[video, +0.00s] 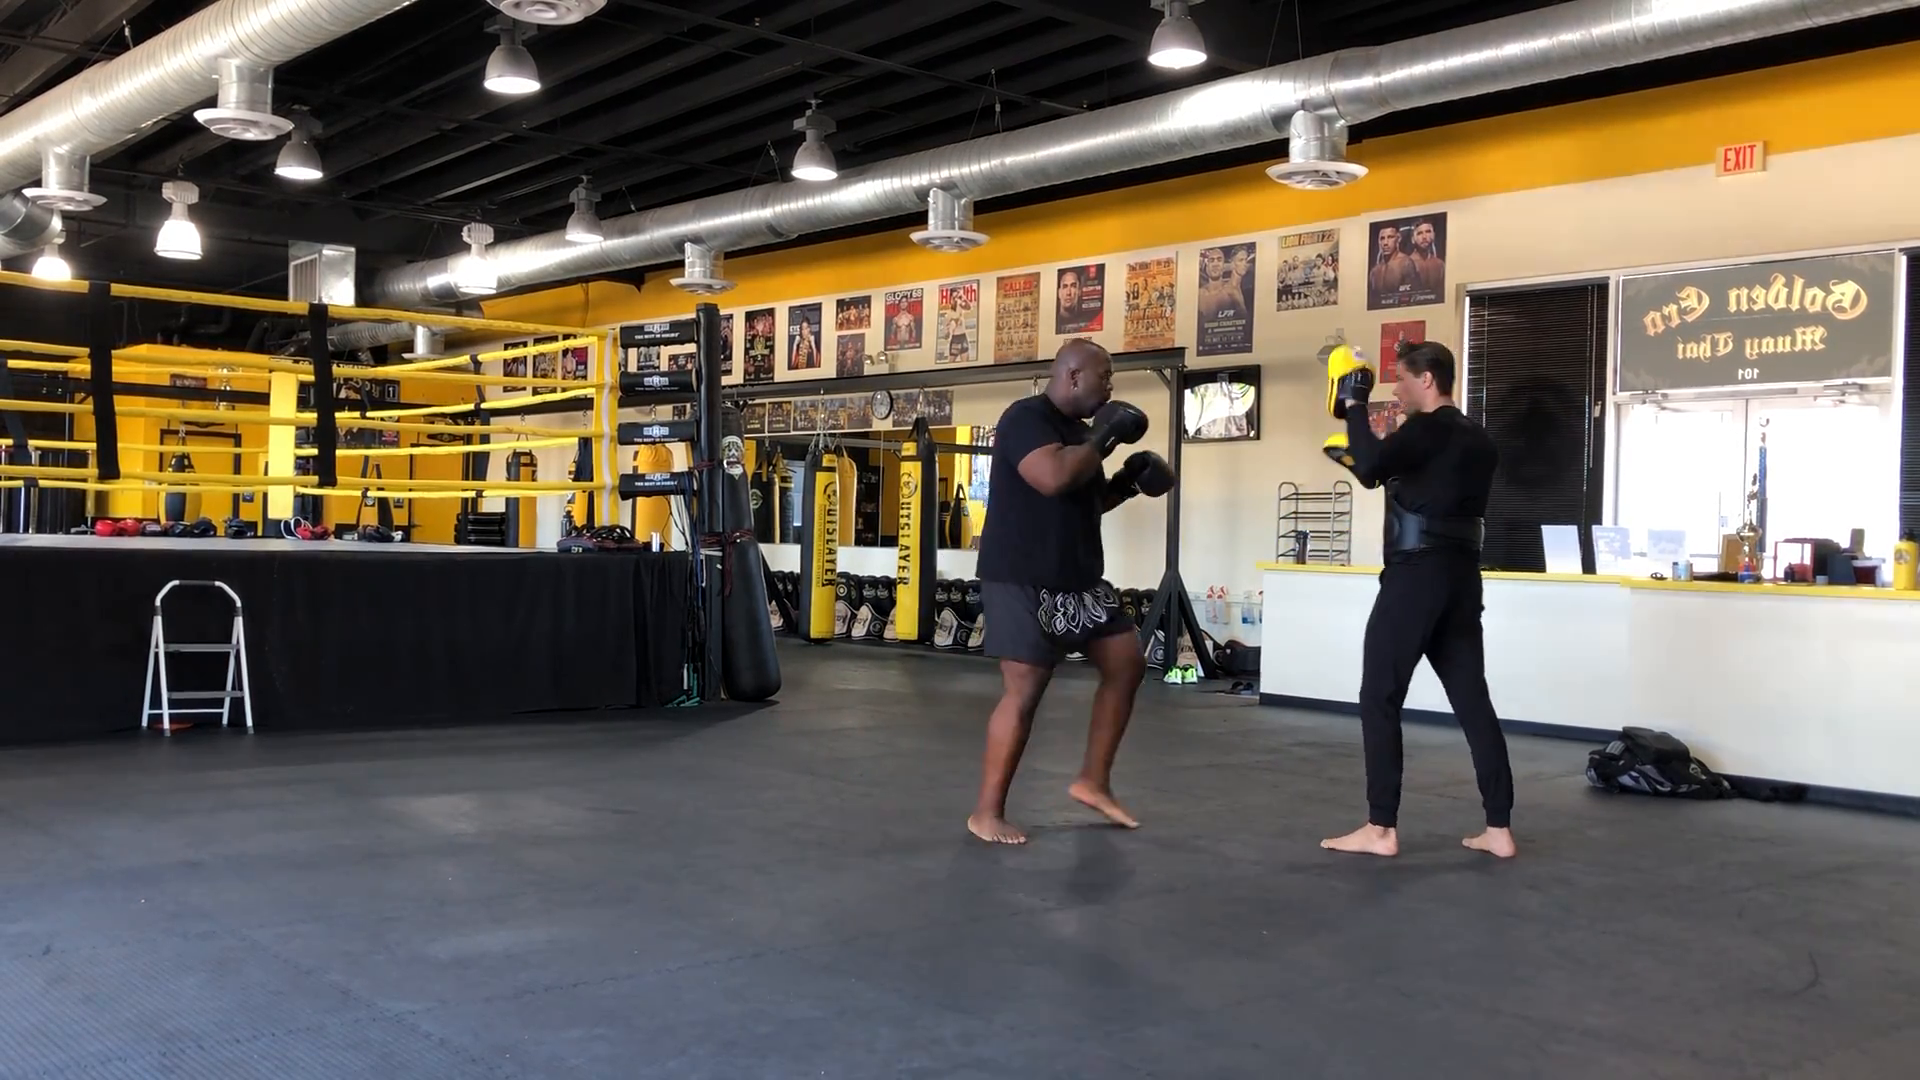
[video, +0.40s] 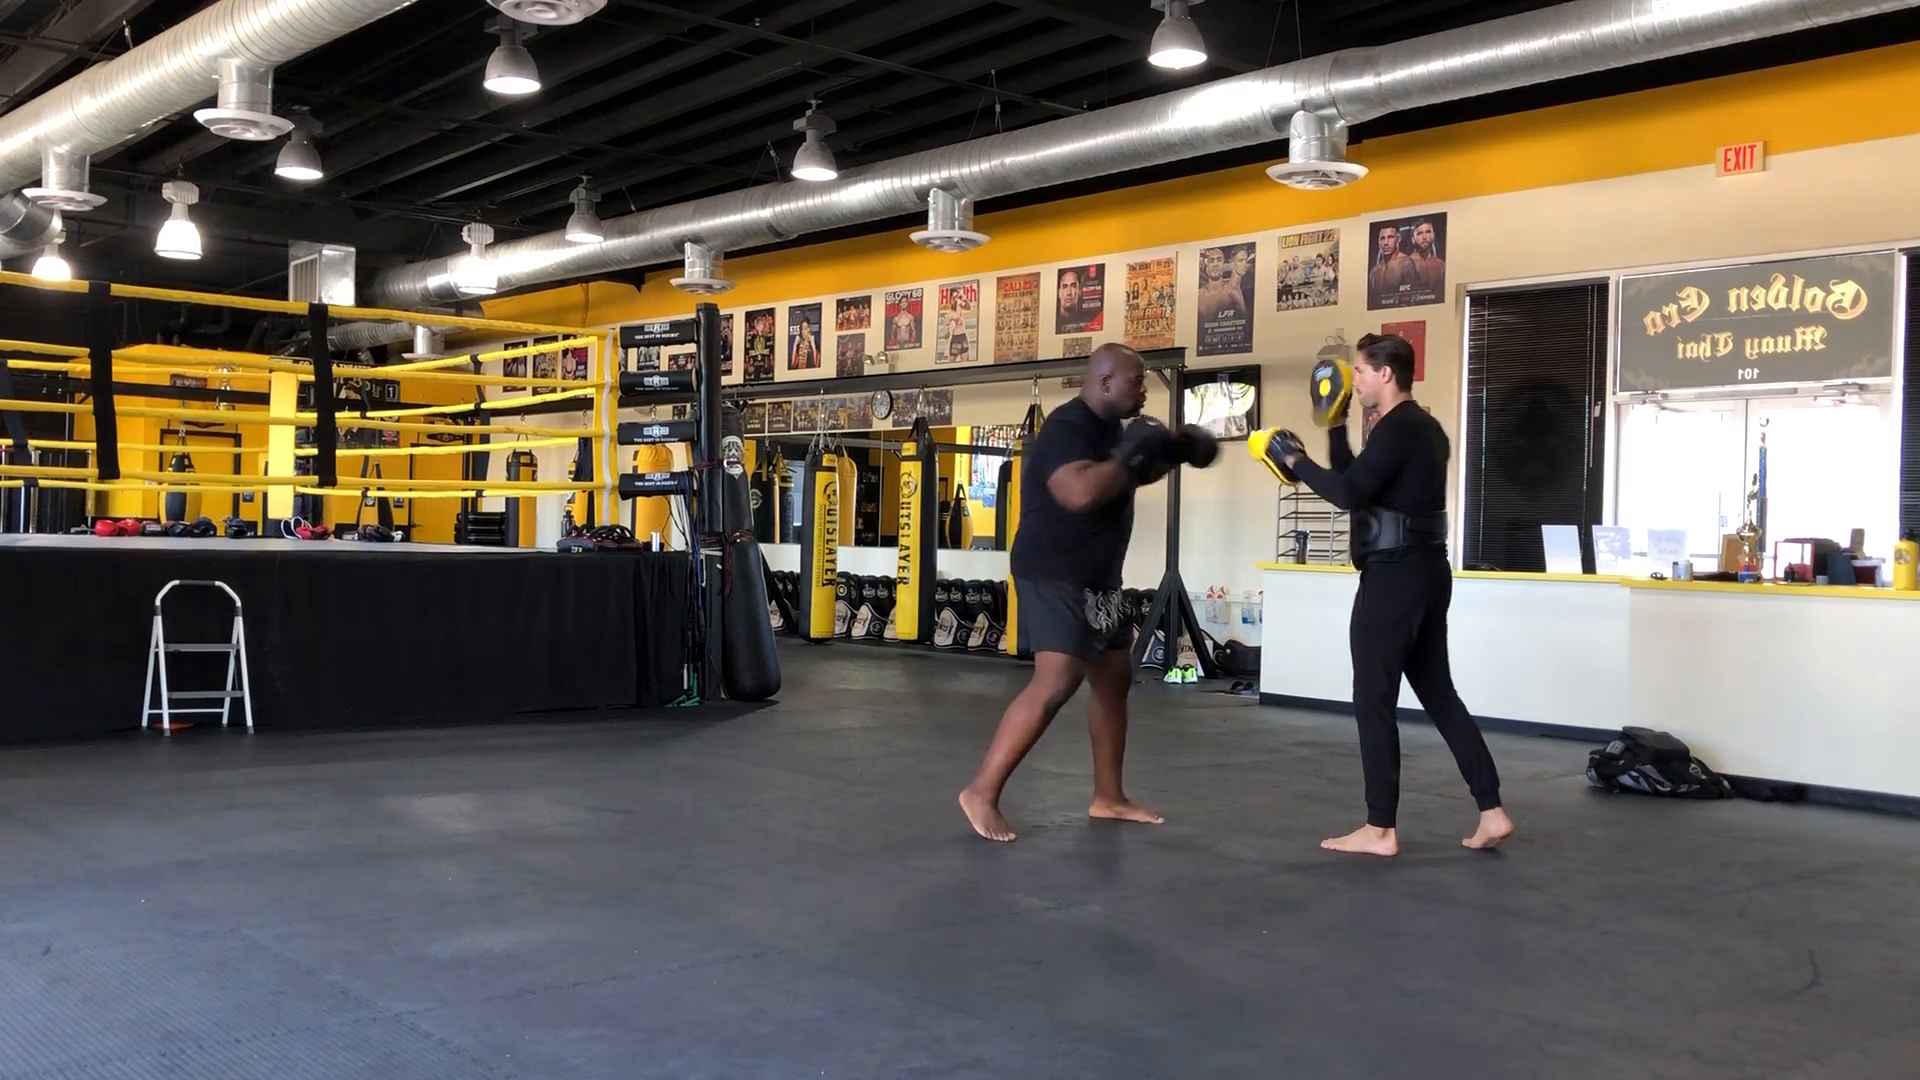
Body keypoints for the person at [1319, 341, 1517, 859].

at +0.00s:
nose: (1396, 390)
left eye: (1400, 379)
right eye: (1395, 380)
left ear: (1428, 379)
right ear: (1439, 380)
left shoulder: (1425, 429)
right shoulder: (1480, 438)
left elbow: (1368, 467)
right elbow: (1431, 489)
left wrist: (1354, 407)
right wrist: (1385, 445)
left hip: (1414, 578)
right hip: (1461, 580)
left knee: (1378, 700)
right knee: (1474, 704)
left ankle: (1380, 828)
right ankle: (1499, 831)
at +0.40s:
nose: (1353, 381)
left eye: (1359, 372)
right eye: (1354, 372)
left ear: (1386, 375)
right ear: (1396, 377)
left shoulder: (1395, 428)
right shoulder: (1426, 428)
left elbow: (1350, 493)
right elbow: (1353, 486)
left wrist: (1297, 463)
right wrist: (1336, 426)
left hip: (1391, 577)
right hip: (1427, 573)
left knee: (1373, 702)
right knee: (1439, 695)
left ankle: (1380, 828)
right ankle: (1492, 811)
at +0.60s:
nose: (1348, 379)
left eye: (1355, 369)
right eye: (1349, 369)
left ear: (1382, 375)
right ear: (1389, 376)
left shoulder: (1390, 428)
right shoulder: (1418, 427)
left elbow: (1351, 496)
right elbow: (1362, 491)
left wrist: (1299, 453)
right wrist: (1313, 453)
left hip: (1387, 579)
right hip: (1421, 575)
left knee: (1371, 703)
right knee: (1439, 694)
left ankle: (1380, 828)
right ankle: (1492, 810)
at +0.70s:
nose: (1350, 380)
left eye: (1355, 371)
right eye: (1351, 371)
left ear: (1380, 374)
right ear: (1395, 374)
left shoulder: (1379, 430)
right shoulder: (1432, 430)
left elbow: (1321, 489)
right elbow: (1388, 493)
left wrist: (1281, 445)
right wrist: (1334, 458)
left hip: (1382, 577)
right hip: (1427, 574)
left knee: (1371, 703)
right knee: (1444, 693)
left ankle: (1380, 828)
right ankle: (1493, 812)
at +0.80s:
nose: (1352, 380)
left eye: (1357, 370)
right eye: (1353, 369)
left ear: (1380, 374)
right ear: (1399, 376)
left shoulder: (1371, 430)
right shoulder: (1439, 430)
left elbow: (1307, 482)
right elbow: (1389, 481)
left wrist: (1251, 443)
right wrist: (1335, 442)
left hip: (1383, 577)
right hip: (1432, 575)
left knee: (1373, 702)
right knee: (1449, 695)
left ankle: (1380, 828)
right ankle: (1492, 814)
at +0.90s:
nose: (1354, 379)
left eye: (1358, 368)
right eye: (1356, 368)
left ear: (1381, 373)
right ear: (1402, 375)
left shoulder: (1374, 429)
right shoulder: (1440, 429)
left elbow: (1314, 483)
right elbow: (1396, 484)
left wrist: (1265, 443)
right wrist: (1349, 436)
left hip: (1384, 575)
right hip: (1434, 573)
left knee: (1374, 700)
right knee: (1448, 693)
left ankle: (1380, 828)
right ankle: (1492, 812)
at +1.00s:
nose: (1361, 378)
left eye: (1367, 369)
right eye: (1362, 369)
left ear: (1393, 373)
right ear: (1403, 375)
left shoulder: (1393, 425)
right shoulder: (1438, 432)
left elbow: (1352, 483)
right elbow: (1383, 492)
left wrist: (1295, 471)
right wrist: (1351, 441)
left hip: (1387, 575)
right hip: (1429, 573)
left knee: (1376, 702)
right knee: (1443, 692)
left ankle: (1380, 828)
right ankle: (1494, 810)